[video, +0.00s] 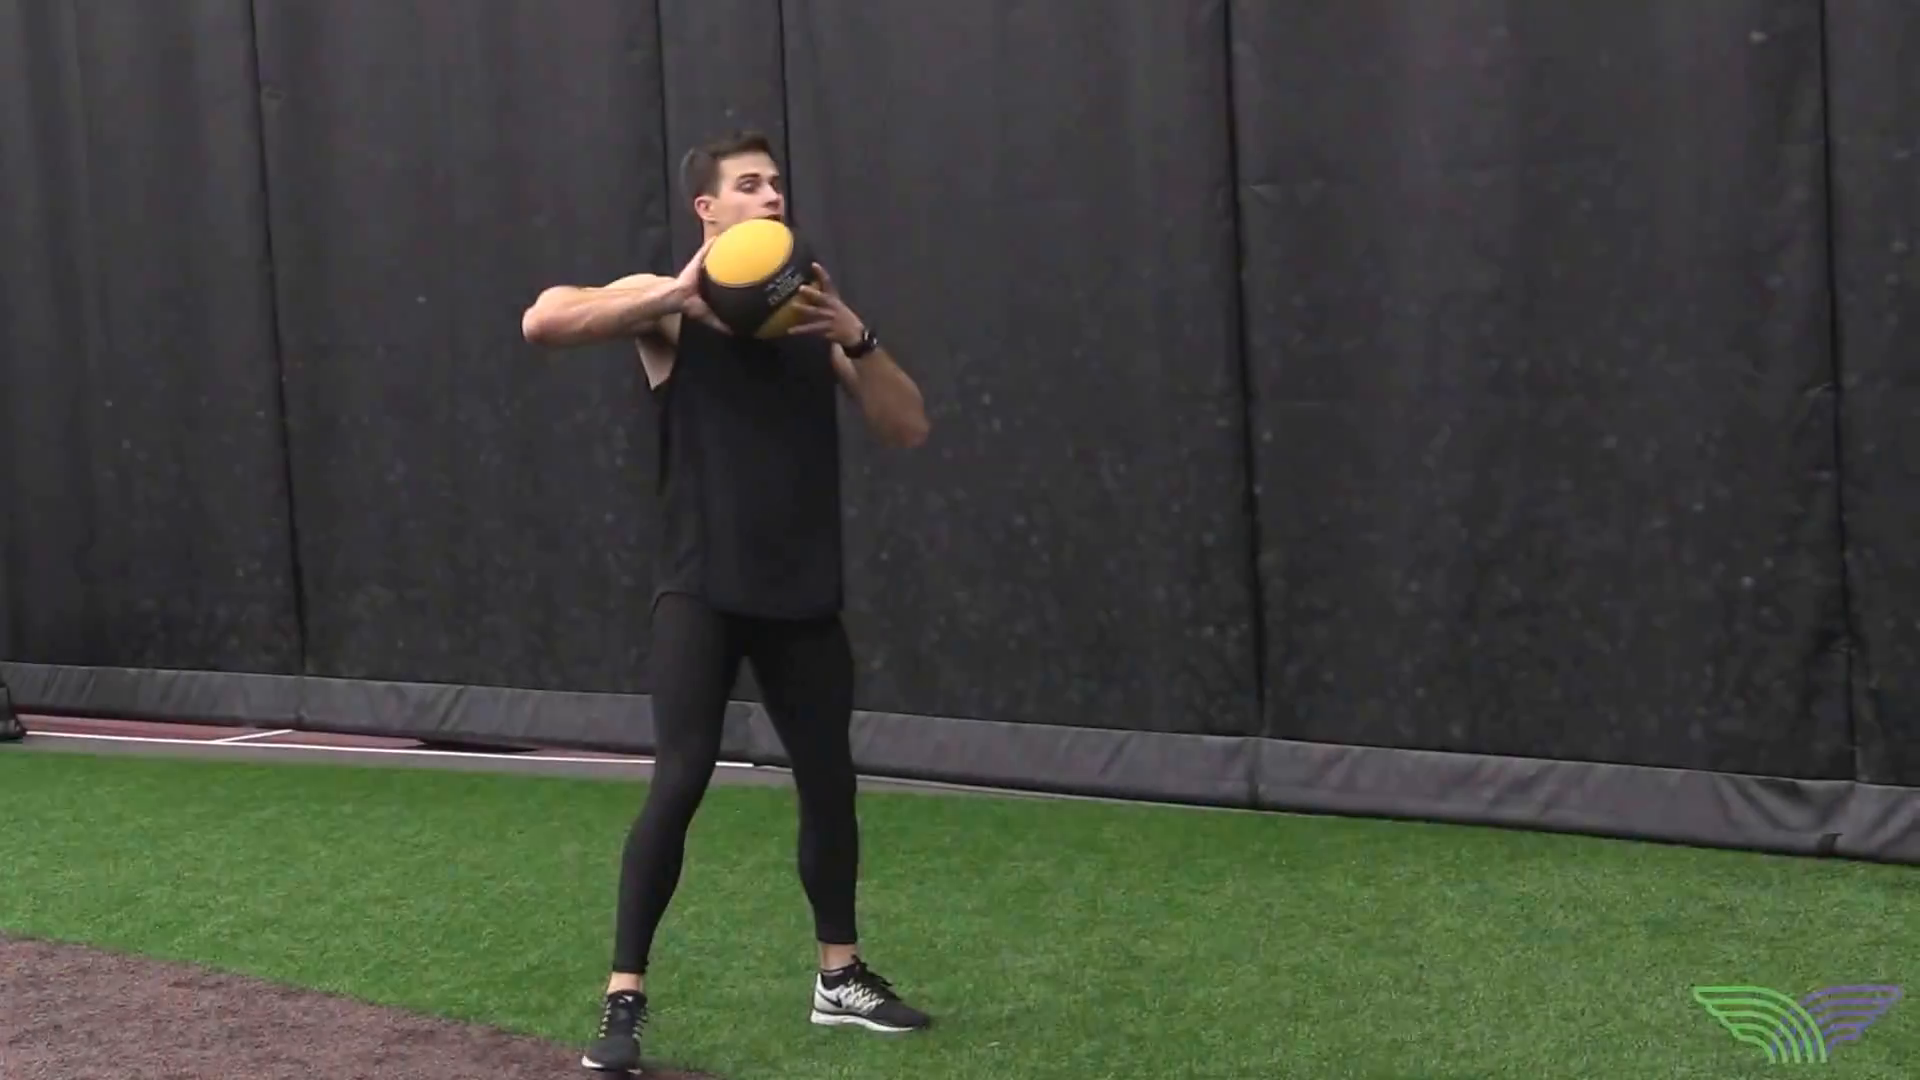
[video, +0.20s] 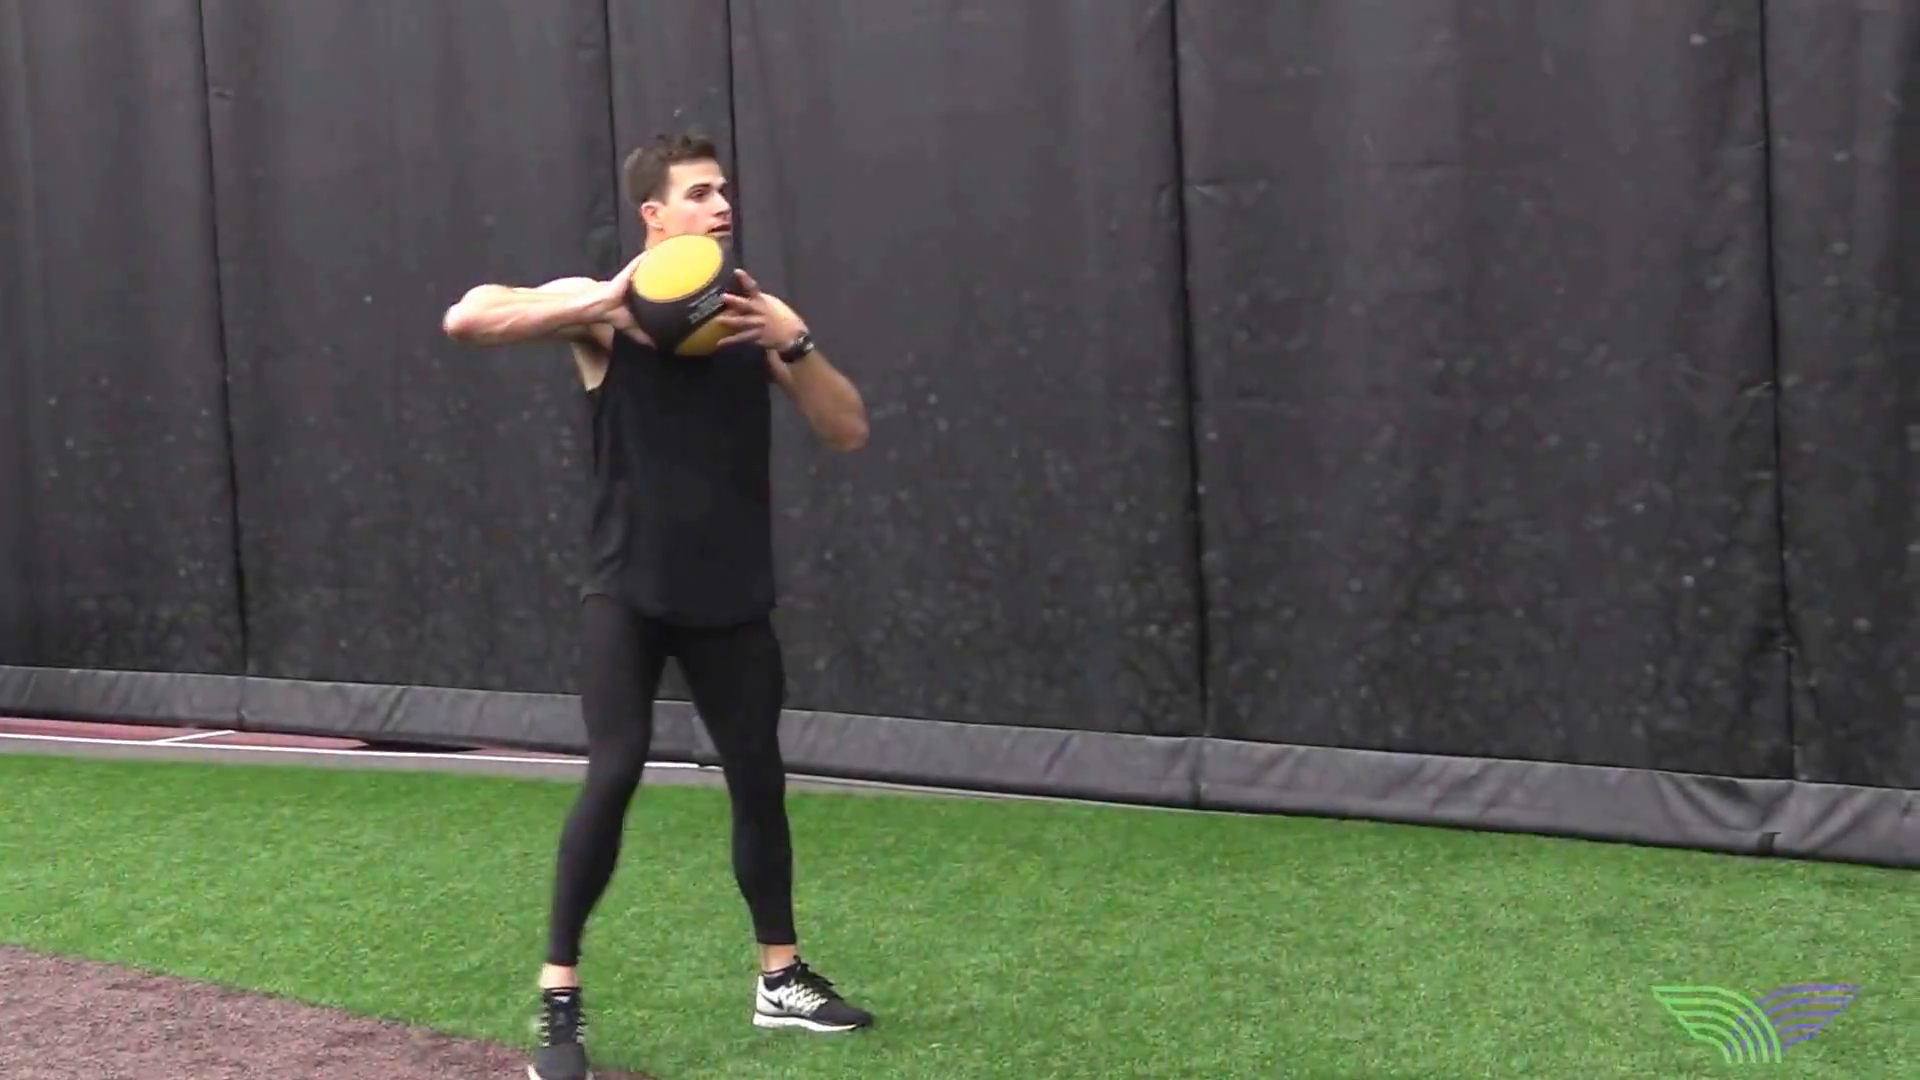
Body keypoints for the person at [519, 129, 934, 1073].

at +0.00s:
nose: (770, 197)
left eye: (776, 185)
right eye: (749, 184)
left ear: (788, 205)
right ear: (704, 206)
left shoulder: (815, 306)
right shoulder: (666, 297)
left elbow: (910, 425)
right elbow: (540, 321)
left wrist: (856, 342)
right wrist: (668, 296)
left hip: (802, 588)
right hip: (699, 586)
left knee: (831, 781)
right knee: (680, 780)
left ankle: (840, 977)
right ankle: (625, 992)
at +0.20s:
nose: (719, 209)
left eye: (724, 195)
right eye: (699, 195)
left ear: (731, 212)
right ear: (650, 213)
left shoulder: (754, 317)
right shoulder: (600, 302)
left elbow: (850, 429)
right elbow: (464, 318)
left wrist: (795, 344)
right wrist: (585, 308)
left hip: (730, 591)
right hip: (626, 588)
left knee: (760, 777)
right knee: (616, 768)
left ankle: (783, 977)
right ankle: (560, 990)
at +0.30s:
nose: (663, 221)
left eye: (668, 205)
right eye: (641, 207)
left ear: (676, 220)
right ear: (585, 226)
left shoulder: (706, 315)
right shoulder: (542, 311)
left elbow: (799, 431)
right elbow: (396, 327)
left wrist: (745, 349)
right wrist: (541, 324)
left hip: (678, 592)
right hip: (574, 590)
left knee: (711, 776)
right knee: (548, 768)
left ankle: (739, 974)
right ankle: (474, 985)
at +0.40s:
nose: (589, 242)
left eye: (592, 224)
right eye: (566, 230)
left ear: (600, 234)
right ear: (516, 248)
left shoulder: (645, 325)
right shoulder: (473, 327)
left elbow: (731, 441)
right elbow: (321, 346)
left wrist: (648, 379)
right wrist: (444, 352)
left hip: (622, 601)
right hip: (513, 599)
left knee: (668, 781)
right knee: (479, 780)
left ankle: (701, 976)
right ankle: (407, 1001)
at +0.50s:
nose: (510, 278)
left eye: (516, 260)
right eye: (488, 267)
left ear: (527, 265)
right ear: (439, 286)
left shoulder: (572, 348)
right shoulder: (403, 357)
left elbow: (663, 466)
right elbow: (244, 376)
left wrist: (570, 425)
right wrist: (354, 390)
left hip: (571, 619)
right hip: (460, 618)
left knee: (640, 788)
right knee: (425, 801)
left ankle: (678, 976)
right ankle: (367, 1016)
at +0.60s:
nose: (451, 328)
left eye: (452, 308)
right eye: (426, 319)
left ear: (461, 303)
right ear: (377, 338)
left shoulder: (514, 380)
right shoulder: (336, 393)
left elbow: (601, 504)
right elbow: (183, 409)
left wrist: (501, 475)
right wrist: (284, 434)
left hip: (529, 624)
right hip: (418, 629)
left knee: (621, 791)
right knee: (399, 799)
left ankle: (668, 961)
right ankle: (355, 1018)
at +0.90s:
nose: (382, 444)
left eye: (380, 423)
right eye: (358, 442)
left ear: (381, 402)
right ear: (305, 456)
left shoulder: (440, 465)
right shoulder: (261, 476)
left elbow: (533, 582)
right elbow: (107, 482)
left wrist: (427, 584)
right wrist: (214, 533)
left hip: (494, 637)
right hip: (379, 662)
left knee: (602, 783)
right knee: (371, 812)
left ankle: (676, 935)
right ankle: (349, 1021)